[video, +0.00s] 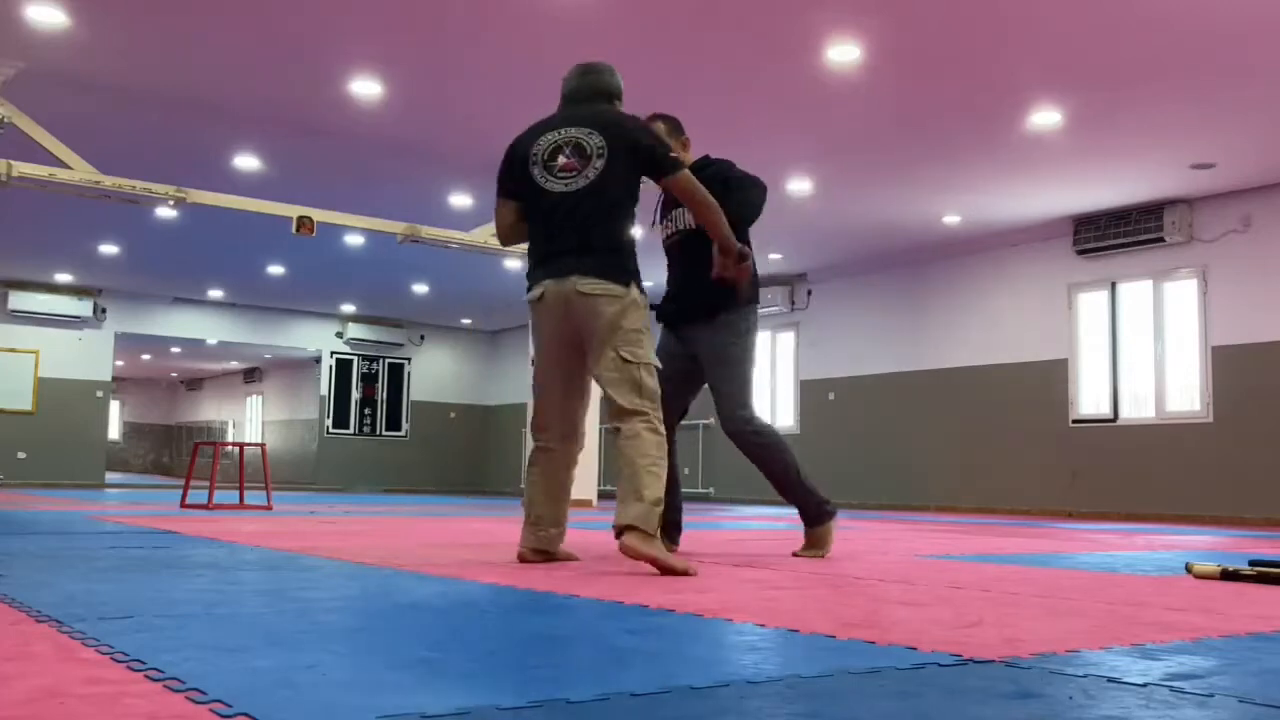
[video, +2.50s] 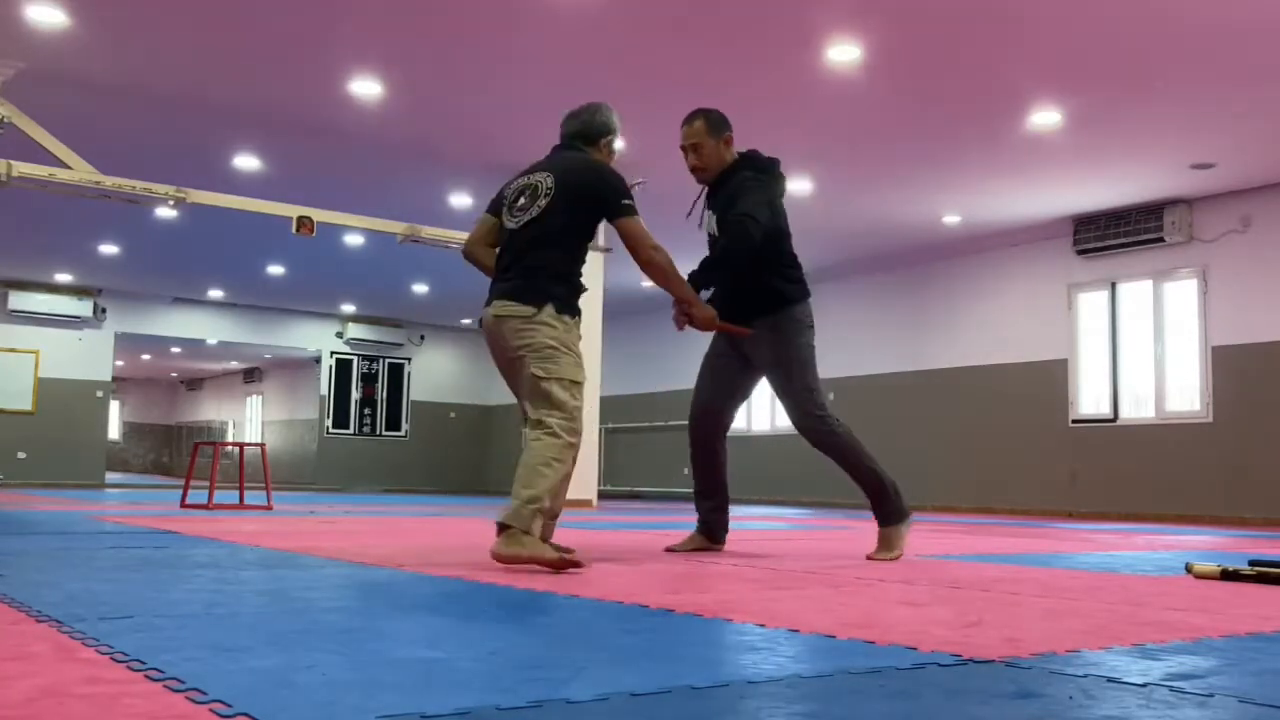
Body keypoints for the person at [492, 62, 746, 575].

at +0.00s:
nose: (622, 106)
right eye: (620, 98)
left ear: (564, 96)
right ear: (615, 97)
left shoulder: (524, 144)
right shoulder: (628, 130)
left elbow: (507, 230)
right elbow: (693, 194)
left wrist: (557, 210)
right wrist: (727, 244)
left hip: (548, 291)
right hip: (610, 287)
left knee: (554, 422)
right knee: (638, 413)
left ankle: (539, 539)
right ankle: (640, 529)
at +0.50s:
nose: (644, 93)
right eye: (641, 88)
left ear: (586, 100)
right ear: (633, 89)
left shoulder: (559, 142)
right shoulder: (648, 107)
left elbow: (569, 211)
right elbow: (694, 171)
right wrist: (707, 244)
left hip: (563, 284)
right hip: (631, 282)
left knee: (557, 418)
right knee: (655, 420)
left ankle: (530, 540)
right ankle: (641, 550)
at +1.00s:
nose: (633, 112)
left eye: (632, 104)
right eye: (631, 104)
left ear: (578, 98)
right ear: (622, 102)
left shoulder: (546, 139)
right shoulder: (607, 121)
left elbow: (549, 220)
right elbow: (617, 166)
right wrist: (648, 230)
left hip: (518, 284)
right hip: (573, 280)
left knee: (543, 421)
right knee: (622, 420)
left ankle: (514, 542)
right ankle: (630, 551)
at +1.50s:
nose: (598, 109)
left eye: (599, 101)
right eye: (598, 99)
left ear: (545, 84)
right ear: (588, 90)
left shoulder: (514, 128)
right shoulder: (569, 111)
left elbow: (528, 217)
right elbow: (573, 191)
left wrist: (588, 213)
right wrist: (611, 264)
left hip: (494, 296)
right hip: (537, 295)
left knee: (519, 428)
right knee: (565, 425)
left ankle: (507, 543)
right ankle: (503, 549)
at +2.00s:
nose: (631, 185)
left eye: (635, 177)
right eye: (629, 171)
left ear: (605, 165)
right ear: (603, 158)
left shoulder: (593, 232)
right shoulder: (535, 171)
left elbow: (640, 292)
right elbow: (463, 204)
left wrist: (687, 241)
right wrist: (502, 255)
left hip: (529, 336)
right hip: (482, 316)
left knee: (572, 430)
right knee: (501, 411)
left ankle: (527, 537)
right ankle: (449, 544)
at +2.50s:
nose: (614, 157)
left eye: (614, 149)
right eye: (614, 149)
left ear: (566, 138)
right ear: (603, 144)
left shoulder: (525, 178)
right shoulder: (600, 176)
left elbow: (475, 246)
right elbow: (646, 252)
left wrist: (520, 277)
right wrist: (693, 302)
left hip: (501, 313)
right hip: (542, 315)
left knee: (545, 423)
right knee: (559, 425)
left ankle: (536, 535)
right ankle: (519, 535)